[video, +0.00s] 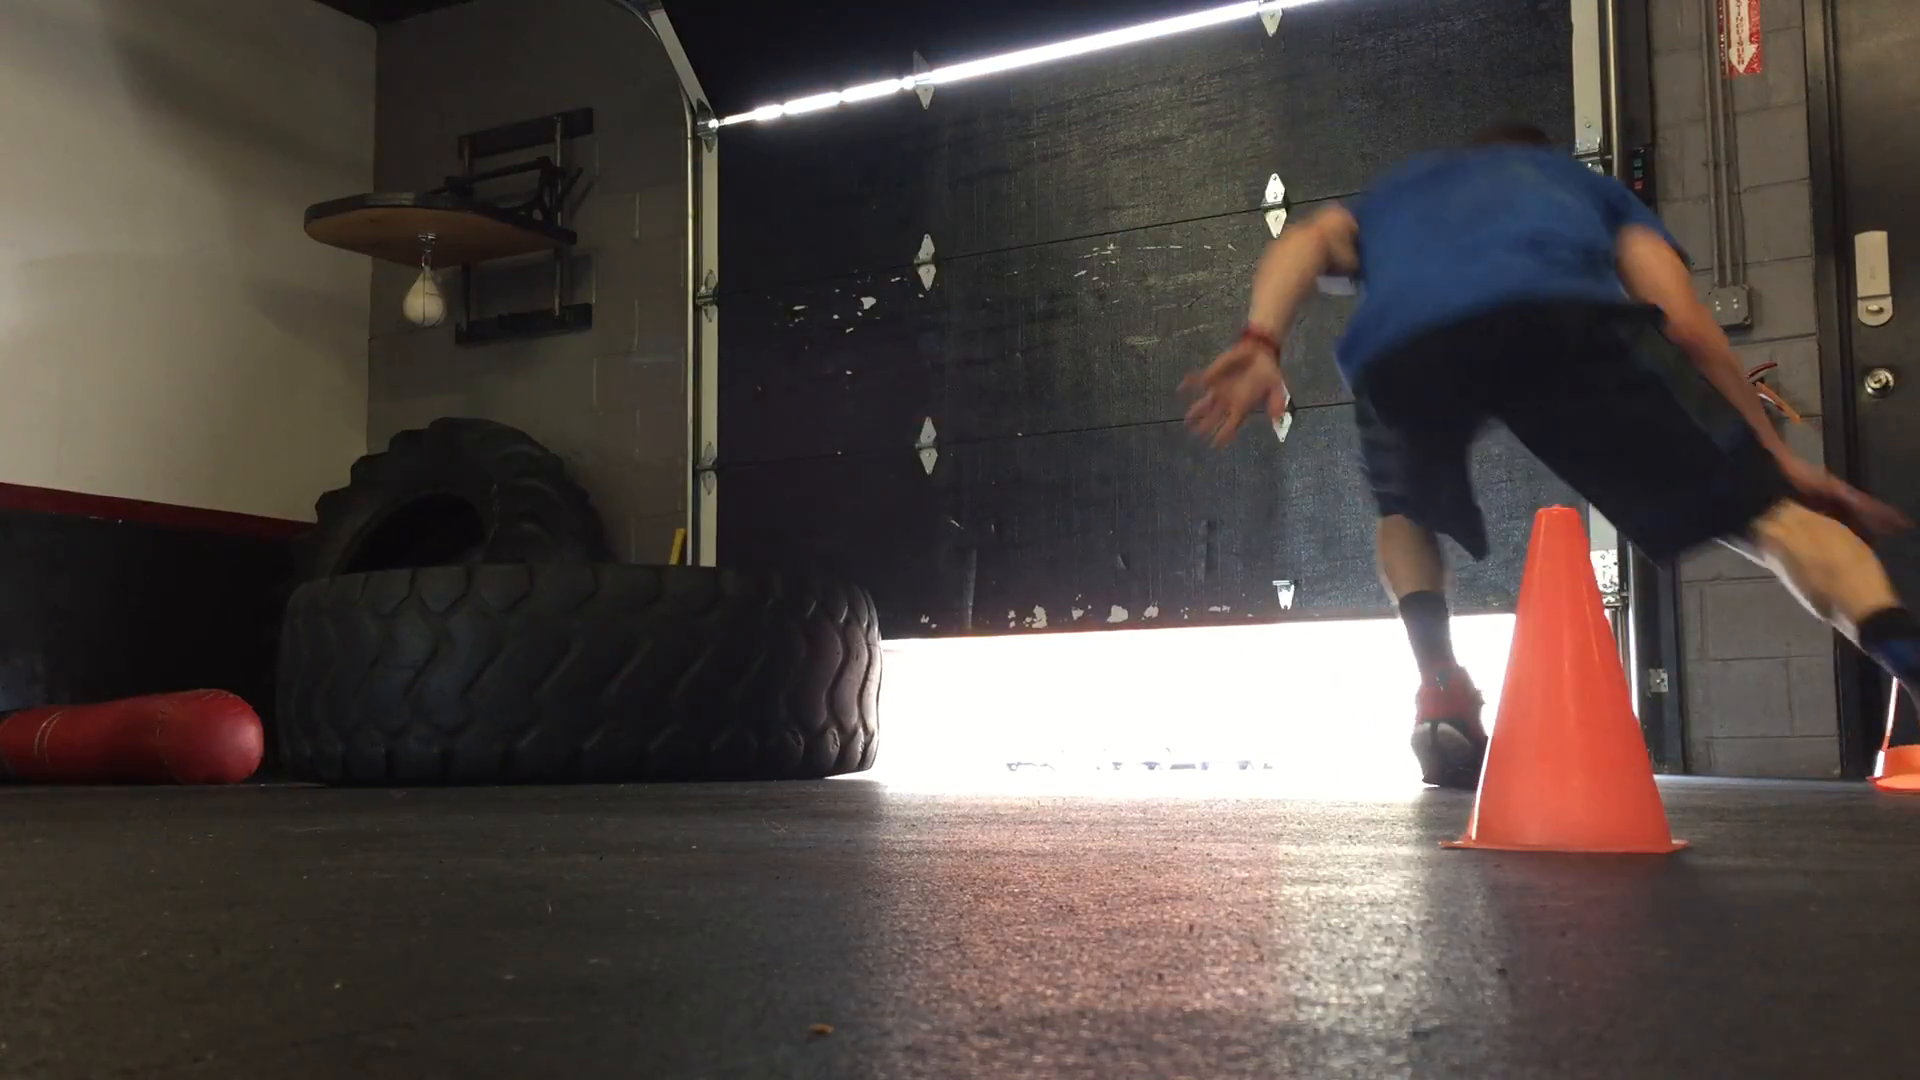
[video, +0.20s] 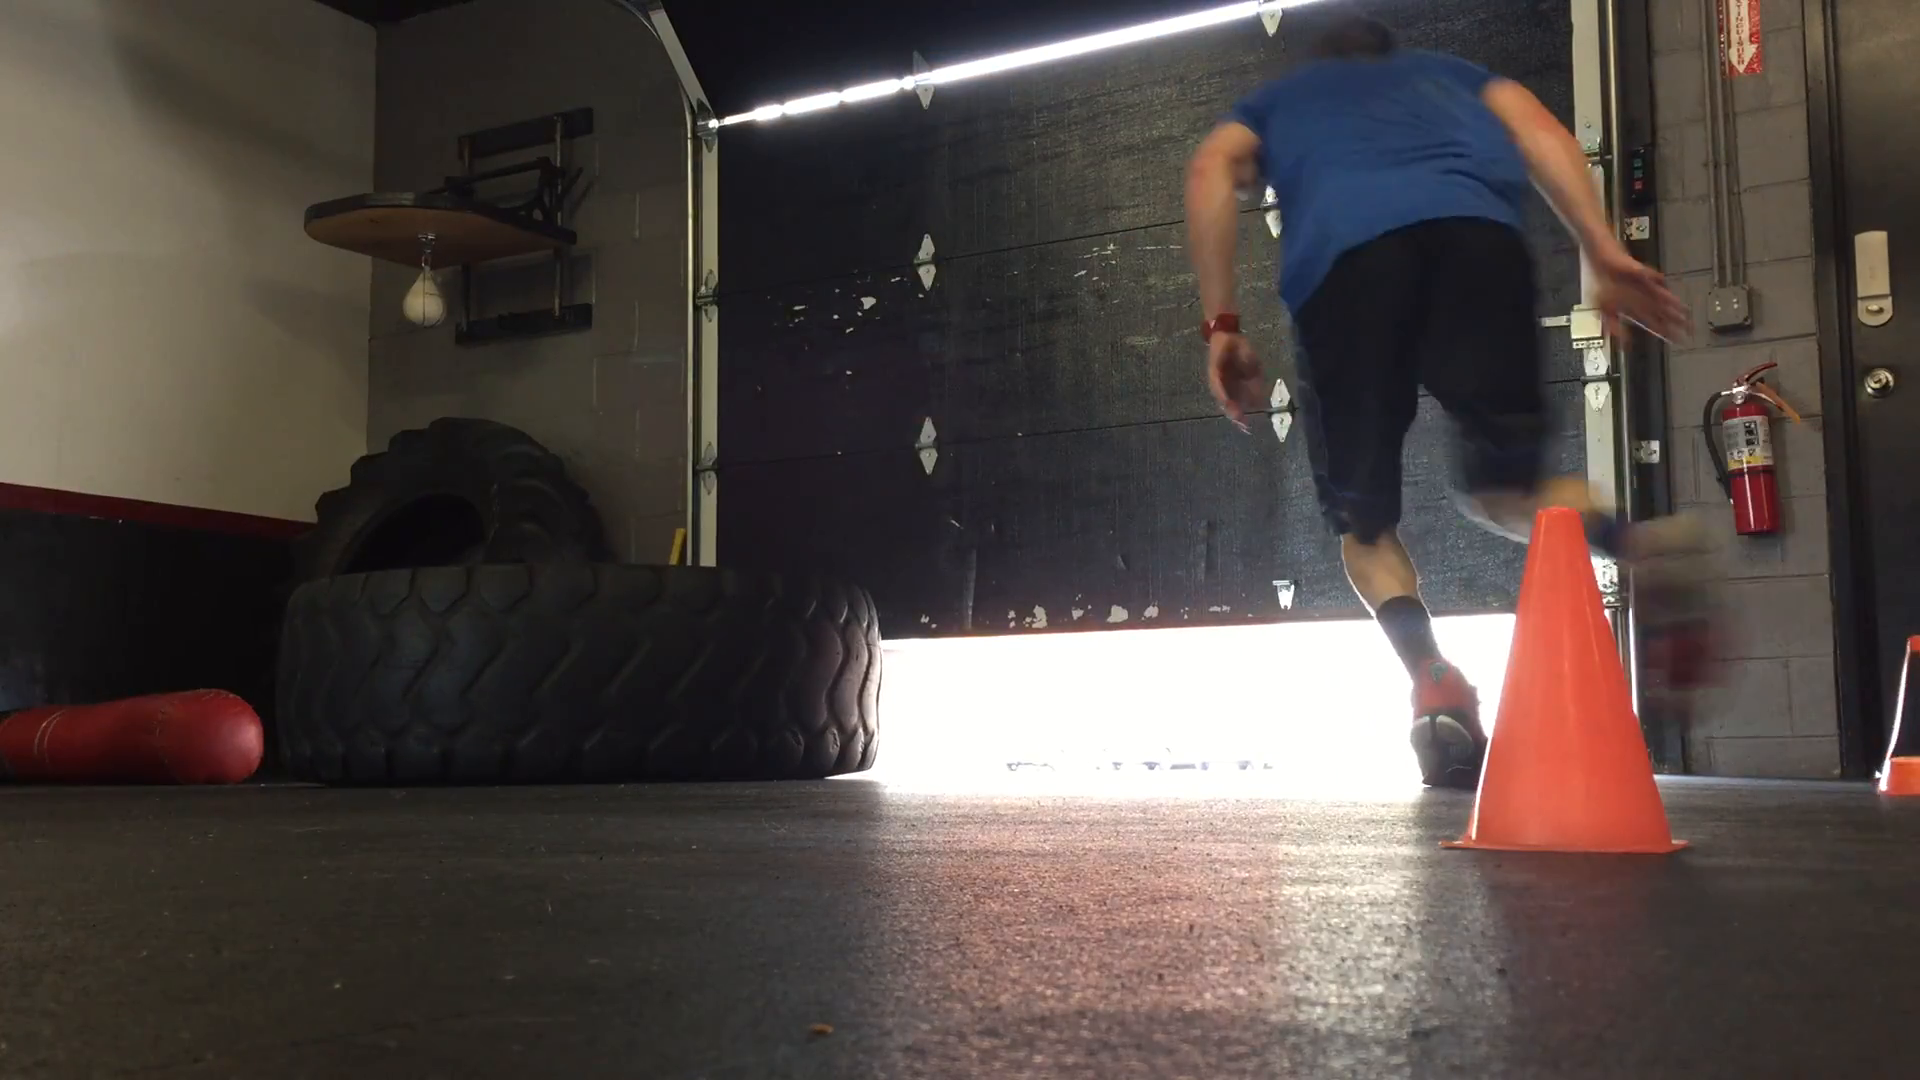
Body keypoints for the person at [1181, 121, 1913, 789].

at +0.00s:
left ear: (1469, 153)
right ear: (1557, 158)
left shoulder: (1400, 192)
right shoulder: (1589, 182)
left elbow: (1305, 237)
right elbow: (1682, 316)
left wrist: (1261, 335)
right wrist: (1782, 460)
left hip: (1405, 347)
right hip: (1561, 318)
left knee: (1403, 497)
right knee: (1768, 515)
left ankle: (1440, 684)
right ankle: (1900, 647)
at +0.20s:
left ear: (1304, 57)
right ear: (1387, 43)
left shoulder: (1275, 96)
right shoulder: (1445, 69)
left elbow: (1211, 165)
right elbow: (1538, 126)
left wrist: (1222, 323)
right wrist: (1602, 247)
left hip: (1351, 274)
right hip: (1482, 250)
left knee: (1365, 524)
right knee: (1502, 485)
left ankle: (1432, 680)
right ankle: (1631, 535)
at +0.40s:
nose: (1216, 14)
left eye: (1211, 12)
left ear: (1218, 9)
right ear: (1287, 4)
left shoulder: (1183, 53)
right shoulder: (1357, 35)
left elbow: (1126, 135)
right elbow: (1424, 111)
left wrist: (1170, 261)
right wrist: (1464, 236)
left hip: (1245, 249)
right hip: (1351, 246)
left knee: (1298, 444)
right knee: (1328, 464)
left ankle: (1392, 616)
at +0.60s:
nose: (1115, 69)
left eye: (1118, 56)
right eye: (1118, 56)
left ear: (1139, 49)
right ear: (1190, 52)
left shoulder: (1114, 114)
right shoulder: (1260, 128)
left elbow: (1109, 225)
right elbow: (1312, 266)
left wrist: (1086, 314)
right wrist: (1330, 389)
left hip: (1163, 356)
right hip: (1255, 355)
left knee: (1135, 544)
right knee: (1231, 547)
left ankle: (1235, 596)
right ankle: (1248, 730)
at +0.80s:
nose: (1019, 70)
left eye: (1022, 54)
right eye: (1017, 56)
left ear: (1052, 45)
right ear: (1086, 45)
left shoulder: (1045, 105)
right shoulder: (1161, 125)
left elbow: (1049, 200)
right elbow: (1196, 257)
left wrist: (984, 297)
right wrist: (1123, 295)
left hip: (1072, 360)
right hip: (1163, 354)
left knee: (1044, 529)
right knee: (1175, 518)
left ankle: (1056, 724)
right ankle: (1238, 673)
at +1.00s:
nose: (946, 127)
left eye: (950, 109)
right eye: (943, 112)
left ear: (990, 98)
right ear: (1001, 101)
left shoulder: (988, 168)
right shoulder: (1088, 179)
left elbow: (977, 288)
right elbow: (1099, 300)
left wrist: (898, 361)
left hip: (994, 408)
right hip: (1068, 408)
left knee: (980, 562)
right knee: (1049, 558)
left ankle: (1044, 730)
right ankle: (1150, 666)